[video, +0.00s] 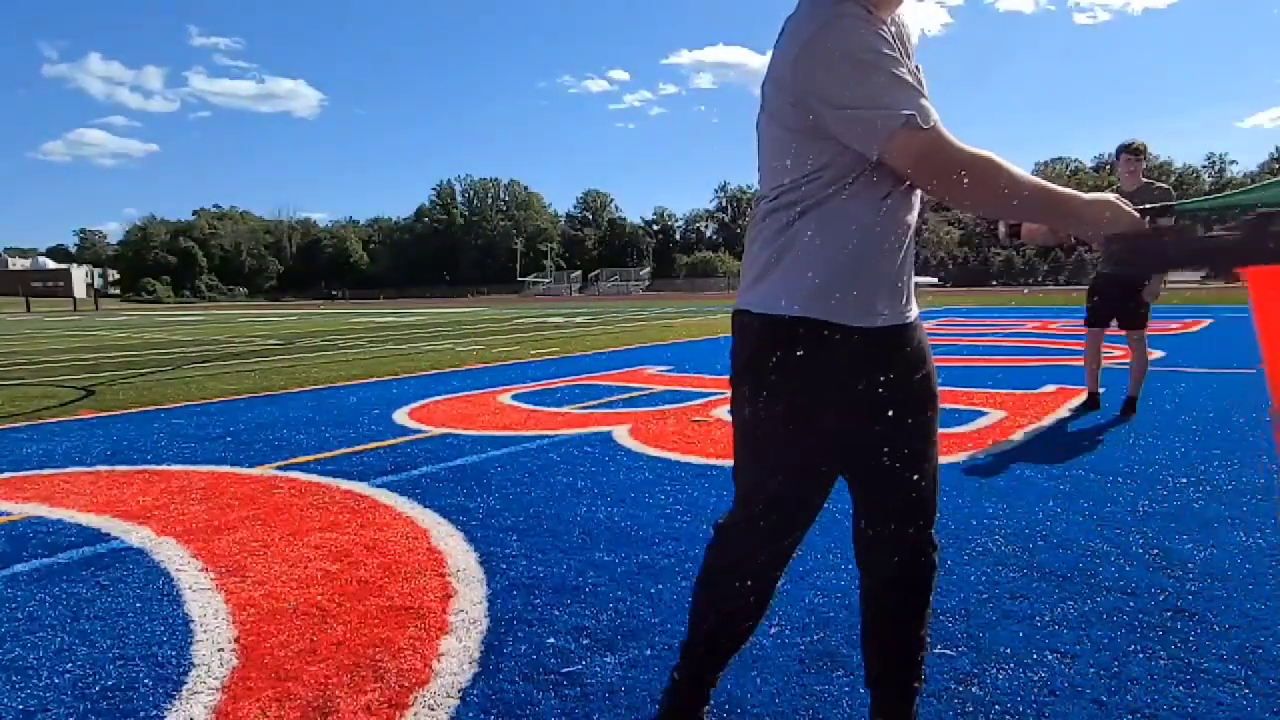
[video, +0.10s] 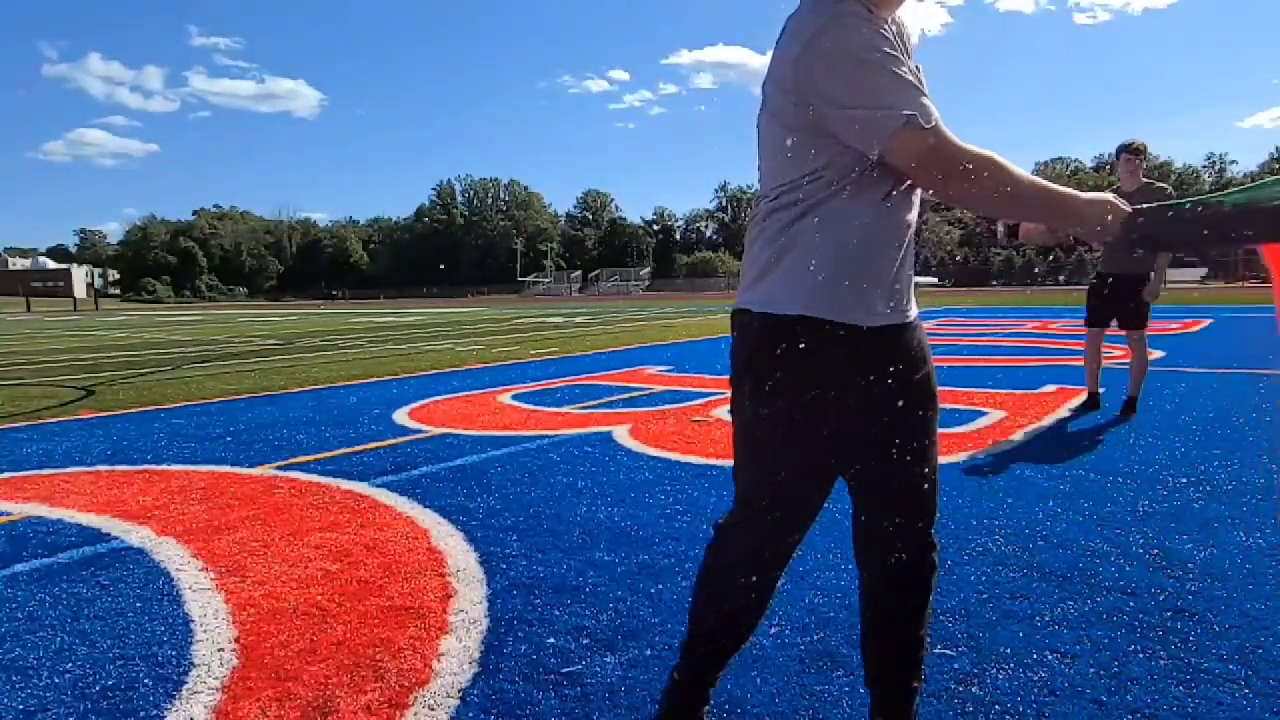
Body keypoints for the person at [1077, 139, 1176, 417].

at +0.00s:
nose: (1131, 166)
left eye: (1136, 161)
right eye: (1126, 161)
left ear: (1143, 164)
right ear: (1117, 164)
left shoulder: (1160, 194)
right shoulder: (1108, 197)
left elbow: (1165, 240)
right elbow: (1095, 235)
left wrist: (1157, 279)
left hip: (1138, 276)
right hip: (1106, 273)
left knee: (1136, 339)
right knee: (1093, 334)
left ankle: (1132, 399)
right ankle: (1092, 394)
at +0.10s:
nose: (1132, 165)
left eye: (1137, 160)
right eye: (1126, 160)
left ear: (1144, 164)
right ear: (1117, 163)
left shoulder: (1160, 194)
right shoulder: (1107, 197)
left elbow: (1166, 240)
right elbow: (1093, 235)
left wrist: (1156, 281)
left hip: (1137, 278)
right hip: (1105, 277)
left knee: (1136, 341)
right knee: (1093, 337)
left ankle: (1132, 400)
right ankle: (1092, 395)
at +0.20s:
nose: (1131, 166)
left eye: (1136, 161)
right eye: (1126, 161)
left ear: (1143, 164)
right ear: (1117, 164)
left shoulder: (1157, 195)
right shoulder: (1110, 198)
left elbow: (1167, 240)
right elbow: (1098, 240)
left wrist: (1157, 280)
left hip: (1136, 278)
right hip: (1105, 276)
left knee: (1136, 340)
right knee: (1094, 336)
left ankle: (1132, 398)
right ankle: (1092, 394)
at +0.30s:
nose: (1132, 166)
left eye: (1137, 161)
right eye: (1127, 161)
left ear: (1144, 164)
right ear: (1118, 164)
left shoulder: (1160, 194)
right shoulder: (1109, 197)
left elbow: (1167, 240)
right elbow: (1097, 238)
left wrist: (1157, 279)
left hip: (1137, 277)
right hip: (1106, 275)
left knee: (1136, 339)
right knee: (1093, 335)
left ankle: (1132, 398)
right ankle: (1092, 394)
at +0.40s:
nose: (1133, 166)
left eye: (1137, 161)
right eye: (1127, 161)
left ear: (1144, 163)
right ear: (1118, 164)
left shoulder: (1160, 194)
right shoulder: (1108, 198)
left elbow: (1167, 240)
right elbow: (1096, 238)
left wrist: (1157, 279)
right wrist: (1095, 235)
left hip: (1137, 277)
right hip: (1105, 276)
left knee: (1136, 340)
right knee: (1094, 336)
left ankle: (1132, 398)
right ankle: (1092, 395)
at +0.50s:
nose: (1133, 166)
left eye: (1138, 161)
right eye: (1128, 160)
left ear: (1144, 163)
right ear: (1118, 164)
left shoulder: (1160, 193)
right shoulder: (1108, 198)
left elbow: (1167, 240)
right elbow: (1097, 239)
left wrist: (1157, 280)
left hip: (1137, 277)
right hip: (1106, 276)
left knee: (1136, 340)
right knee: (1094, 337)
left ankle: (1132, 398)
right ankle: (1092, 395)